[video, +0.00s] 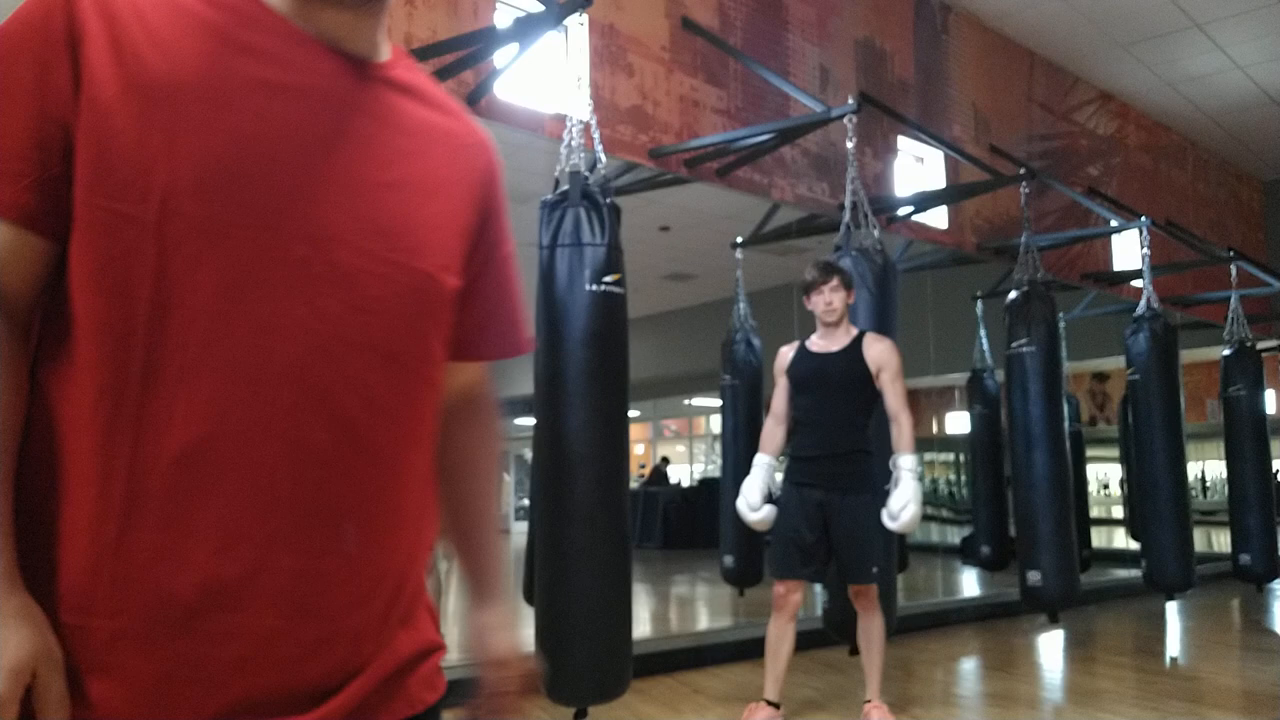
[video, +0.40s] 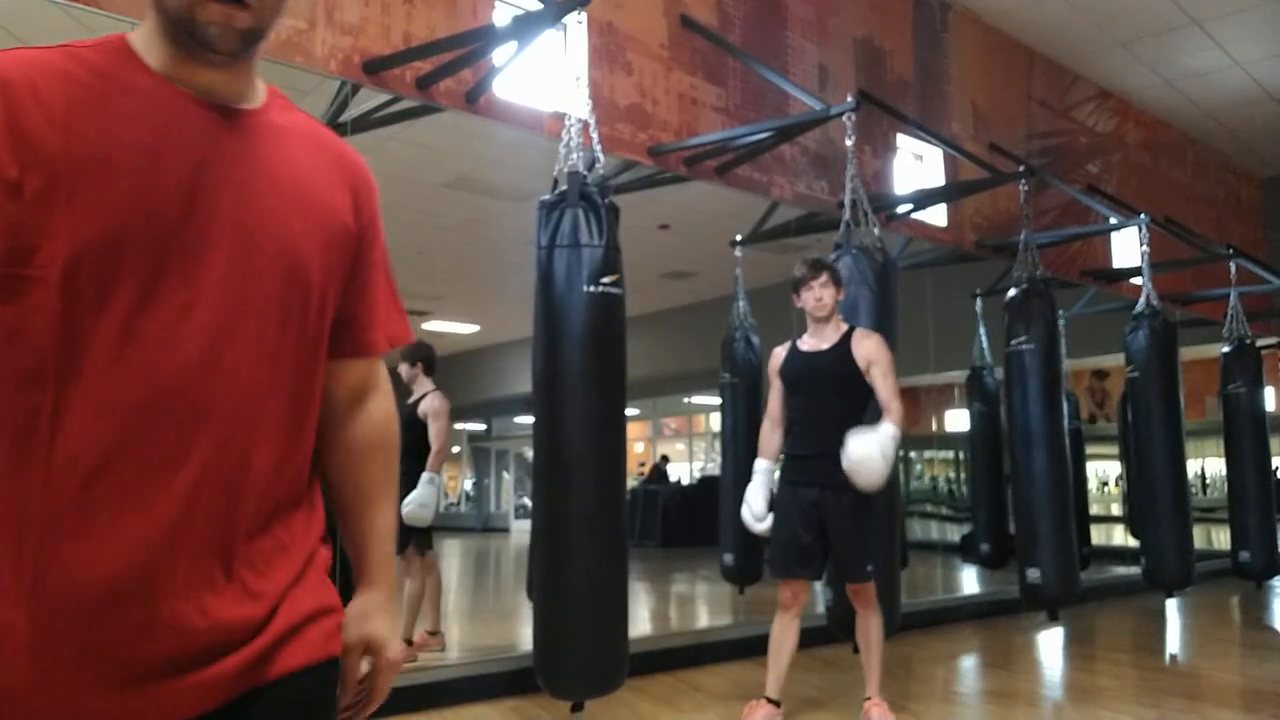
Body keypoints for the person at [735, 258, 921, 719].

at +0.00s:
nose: (827, 299)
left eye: (835, 290)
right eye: (819, 292)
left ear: (850, 296)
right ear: (807, 300)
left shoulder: (877, 349)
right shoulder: (790, 356)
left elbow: (899, 418)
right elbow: (776, 420)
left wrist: (907, 477)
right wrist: (759, 475)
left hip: (860, 492)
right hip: (801, 491)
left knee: (865, 596)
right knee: (784, 596)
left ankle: (873, 701)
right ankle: (769, 703)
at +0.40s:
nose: (816, 294)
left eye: (823, 286)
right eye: (808, 289)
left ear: (839, 292)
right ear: (797, 299)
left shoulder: (866, 344)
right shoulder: (783, 356)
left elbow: (894, 410)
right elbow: (773, 423)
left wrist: (880, 441)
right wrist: (760, 481)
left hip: (852, 489)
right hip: (797, 489)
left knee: (863, 596)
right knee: (789, 597)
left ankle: (873, 699)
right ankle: (771, 701)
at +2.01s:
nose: (811, 287)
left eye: (820, 280)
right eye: (805, 283)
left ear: (841, 291)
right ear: (799, 298)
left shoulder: (868, 346)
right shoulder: (786, 355)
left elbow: (913, 408)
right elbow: (773, 421)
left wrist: (898, 436)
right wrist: (757, 478)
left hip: (855, 493)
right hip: (799, 493)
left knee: (863, 597)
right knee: (787, 599)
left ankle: (873, 700)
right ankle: (769, 703)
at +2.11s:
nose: (815, 288)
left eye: (824, 282)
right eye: (809, 284)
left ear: (844, 294)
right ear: (802, 299)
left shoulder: (871, 349)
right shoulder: (786, 355)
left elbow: (902, 411)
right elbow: (771, 420)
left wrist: (906, 463)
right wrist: (755, 475)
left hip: (857, 492)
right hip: (801, 492)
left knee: (864, 597)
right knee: (789, 599)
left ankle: (872, 700)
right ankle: (770, 702)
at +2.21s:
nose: (820, 289)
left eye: (829, 283)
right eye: (813, 284)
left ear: (847, 295)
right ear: (805, 298)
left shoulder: (874, 350)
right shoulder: (786, 355)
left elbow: (897, 419)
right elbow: (769, 420)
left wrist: (909, 478)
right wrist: (753, 473)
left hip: (859, 495)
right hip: (801, 494)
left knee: (865, 598)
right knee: (789, 600)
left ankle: (873, 701)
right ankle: (770, 703)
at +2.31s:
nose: (822, 288)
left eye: (831, 282)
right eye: (815, 284)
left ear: (848, 295)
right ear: (806, 297)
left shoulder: (874, 348)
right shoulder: (785, 353)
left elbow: (897, 417)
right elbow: (767, 418)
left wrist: (906, 477)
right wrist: (751, 471)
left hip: (858, 492)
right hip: (800, 492)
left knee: (864, 596)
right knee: (788, 598)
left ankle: (872, 700)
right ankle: (770, 701)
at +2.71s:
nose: (827, 291)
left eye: (835, 285)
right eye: (819, 286)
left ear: (850, 296)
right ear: (808, 298)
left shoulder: (875, 350)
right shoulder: (785, 353)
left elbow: (897, 416)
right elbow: (769, 417)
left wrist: (901, 464)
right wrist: (760, 468)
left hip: (860, 490)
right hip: (800, 490)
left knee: (865, 595)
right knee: (783, 595)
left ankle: (873, 701)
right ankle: (769, 702)